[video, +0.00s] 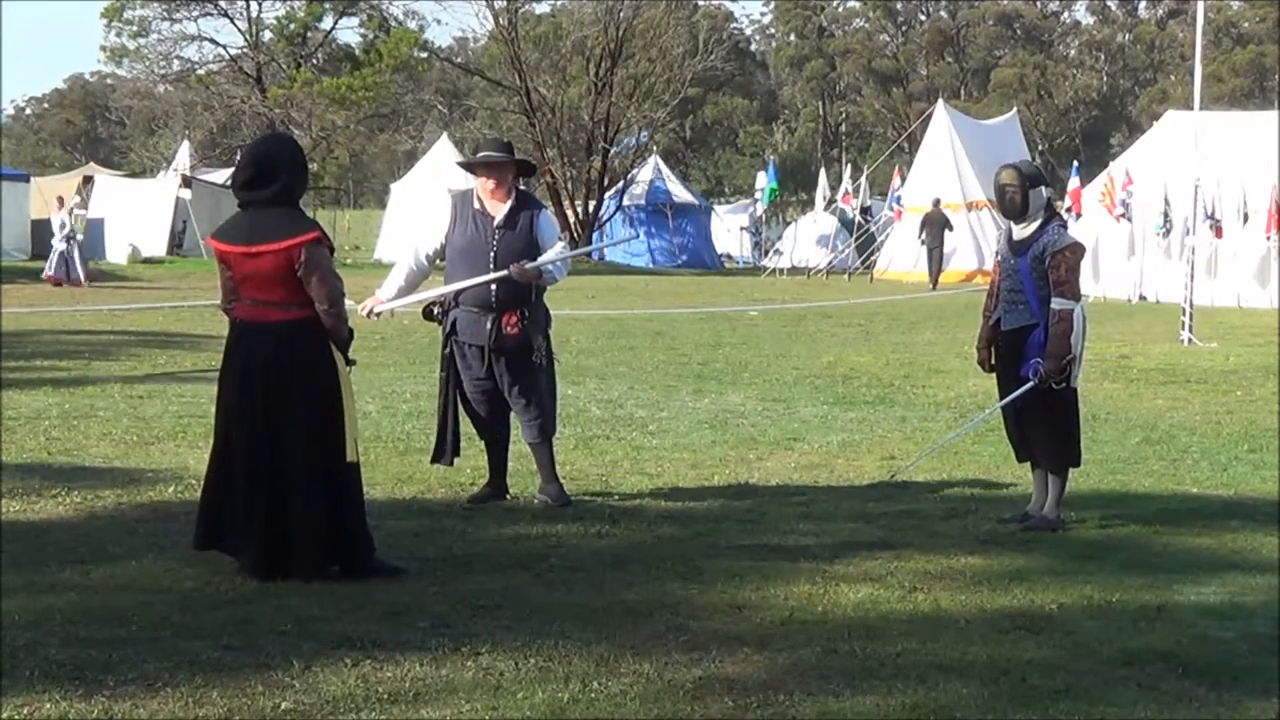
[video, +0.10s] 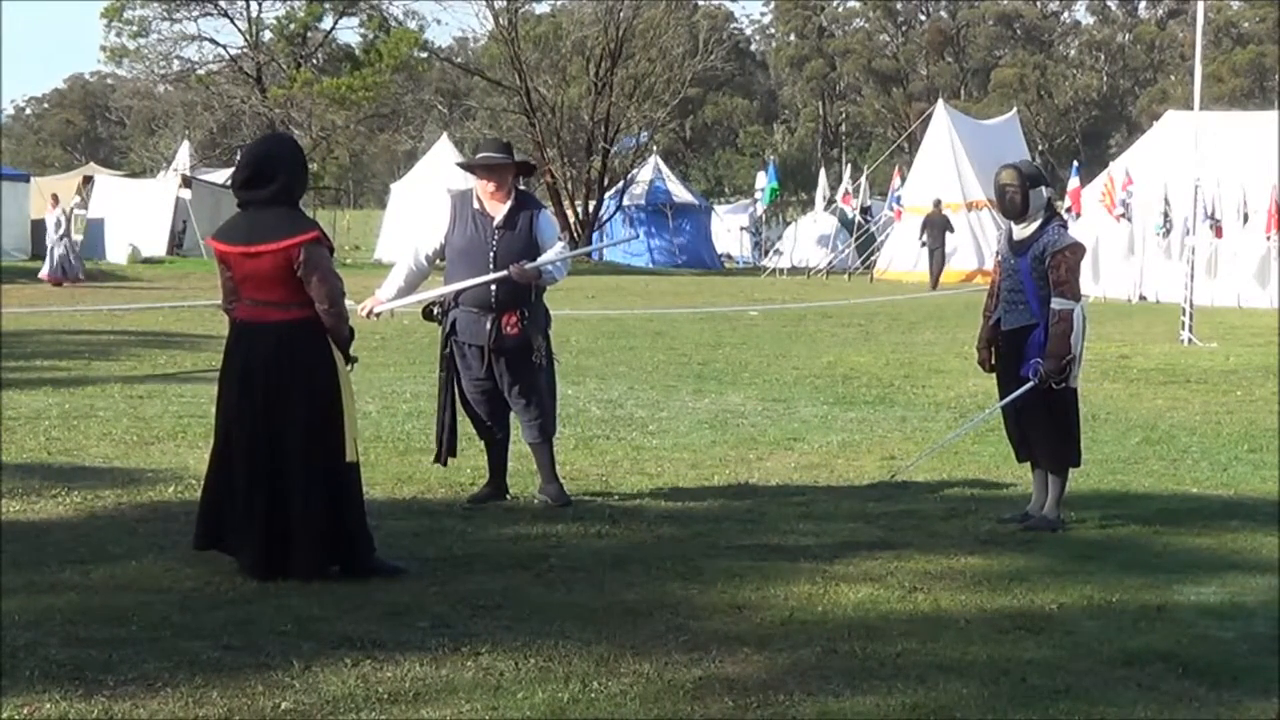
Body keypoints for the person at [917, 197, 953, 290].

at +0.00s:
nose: (937, 205)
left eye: (935, 204)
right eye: (938, 204)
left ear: (932, 204)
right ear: (939, 204)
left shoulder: (927, 215)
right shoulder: (942, 215)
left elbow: (922, 226)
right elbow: (950, 228)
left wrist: (919, 235)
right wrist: (944, 223)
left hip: (929, 242)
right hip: (938, 242)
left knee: (930, 261)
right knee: (937, 262)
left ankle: (931, 279)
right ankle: (933, 282)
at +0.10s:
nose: (940, 207)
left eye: (938, 205)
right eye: (940, 205)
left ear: (933, 205)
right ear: (940, 205)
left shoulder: (928, 216)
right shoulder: (943, 217)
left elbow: (923, 227)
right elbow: (951, 230)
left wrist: (920, 236)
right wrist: (944, 225)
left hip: (930, 243)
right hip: (939, 243)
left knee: (931, 262)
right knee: (939, 262)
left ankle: (932, 281)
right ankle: (934, 282)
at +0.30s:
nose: (946, 205)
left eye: (944, 203)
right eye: (945, 203)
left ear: (937, 203)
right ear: (944, 203)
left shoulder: (931, 213)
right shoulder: (947, 215)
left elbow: (926, 224)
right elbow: (950, 228)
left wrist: (923, 233)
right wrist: (955, 237)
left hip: (934, 242)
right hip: (944, 242)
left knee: (934, 261)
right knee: (947, 259)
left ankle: (933, 280)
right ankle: (941, 278)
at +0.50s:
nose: (951, 206)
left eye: (950, 204)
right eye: (951, 204)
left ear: (943, 204)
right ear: (950, 204)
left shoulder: (938, 213)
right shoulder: (952, 215)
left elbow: (931, 225)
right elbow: (953, 228)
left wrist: (931, 234)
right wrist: (956, 238)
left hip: (940, 241)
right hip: (950, 241)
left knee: (937, 261)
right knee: (952, 262)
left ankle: (934, 281)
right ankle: (955, 280)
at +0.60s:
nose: (956, 208)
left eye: (955, 206)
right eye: (956, 206)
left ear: (948, 206)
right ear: (955, 206)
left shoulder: (942, 216)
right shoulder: (956, 217)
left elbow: (935, 229)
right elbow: (958, 230)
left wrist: (940, 237)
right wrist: (961, 240)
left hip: (944, 243)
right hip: (954, 243)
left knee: (940, 260)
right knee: (956, 264)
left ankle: (935, 279)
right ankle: (957, 282)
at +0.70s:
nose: (959, 208)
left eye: (958, 206)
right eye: (958, 206)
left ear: (951, 206)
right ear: (957, 206)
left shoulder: (945, 216)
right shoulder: (960, 217)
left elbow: (940, 230)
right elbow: (962, 231)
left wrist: (944, 237)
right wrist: (966, 239)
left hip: (948, 243)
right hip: (958, 243)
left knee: (944, 262)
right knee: (959, 263)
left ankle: (938, 279)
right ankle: (958, 282)